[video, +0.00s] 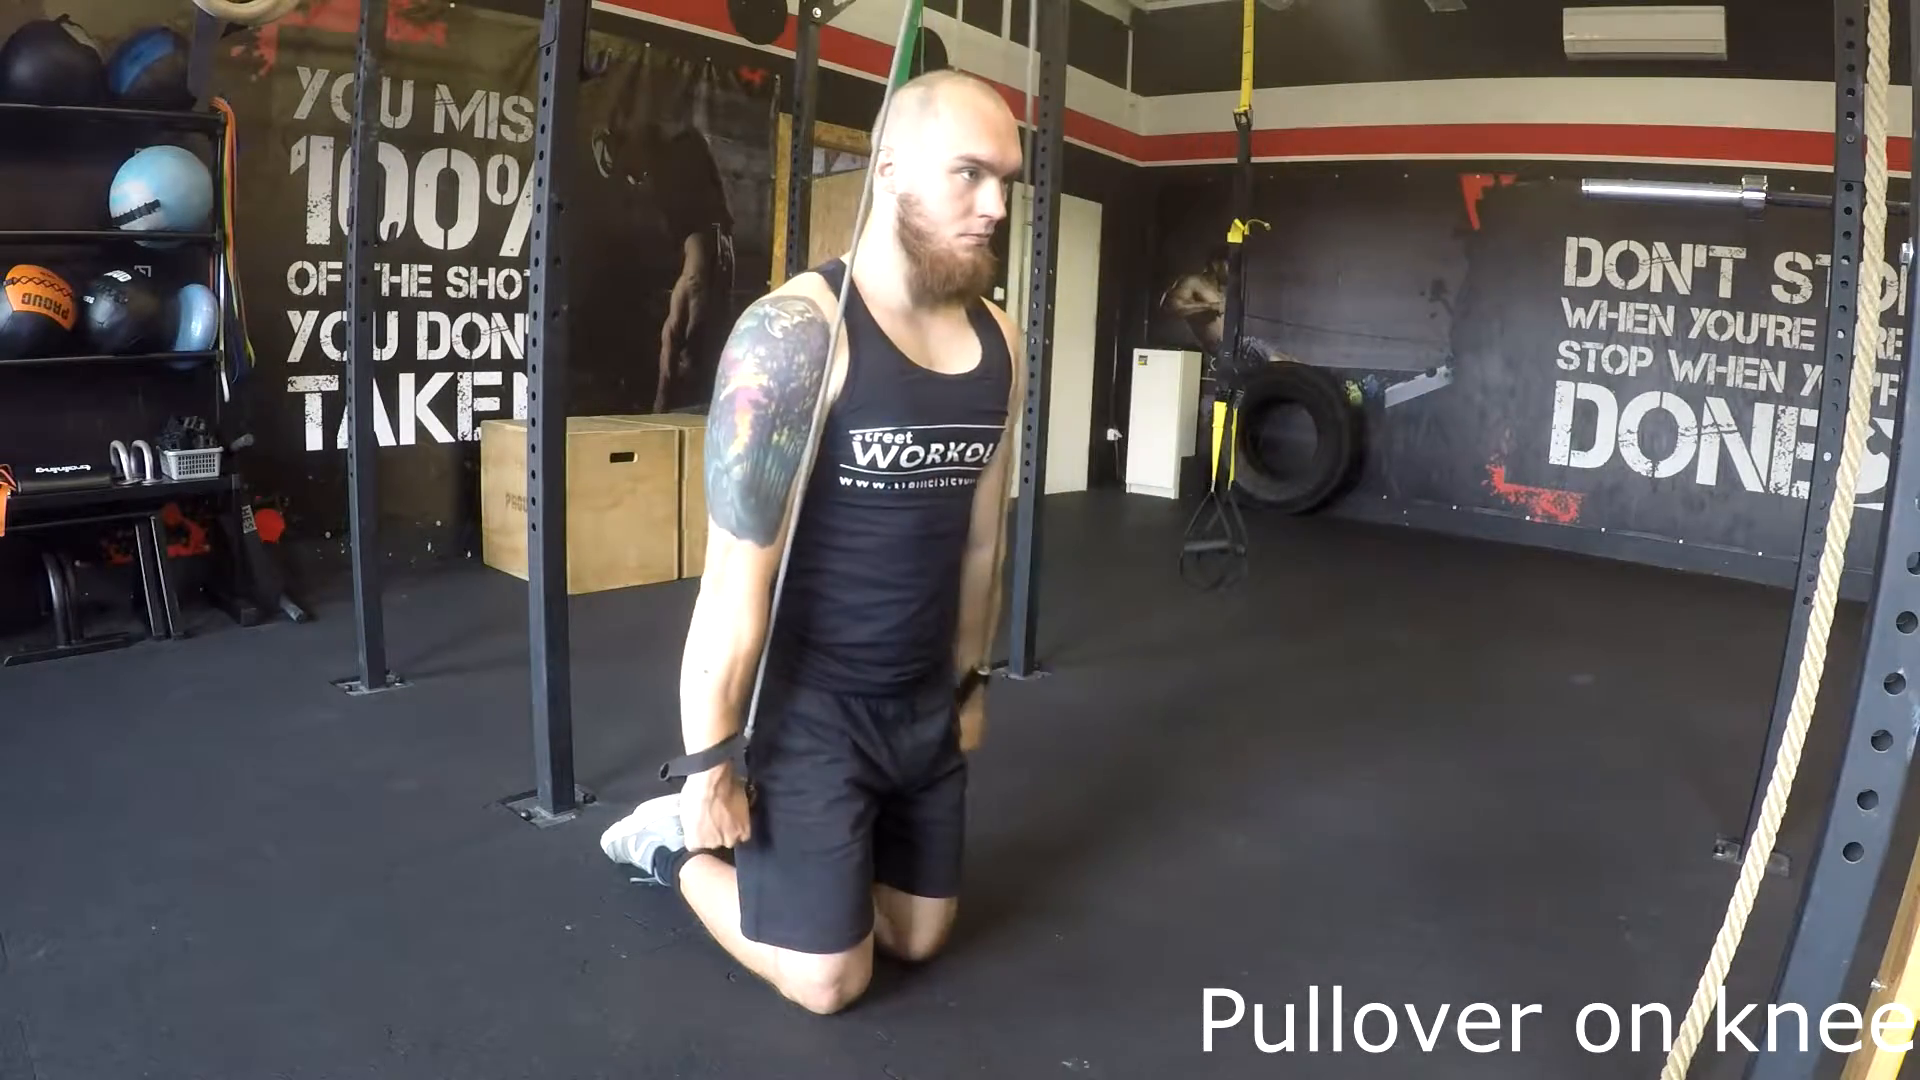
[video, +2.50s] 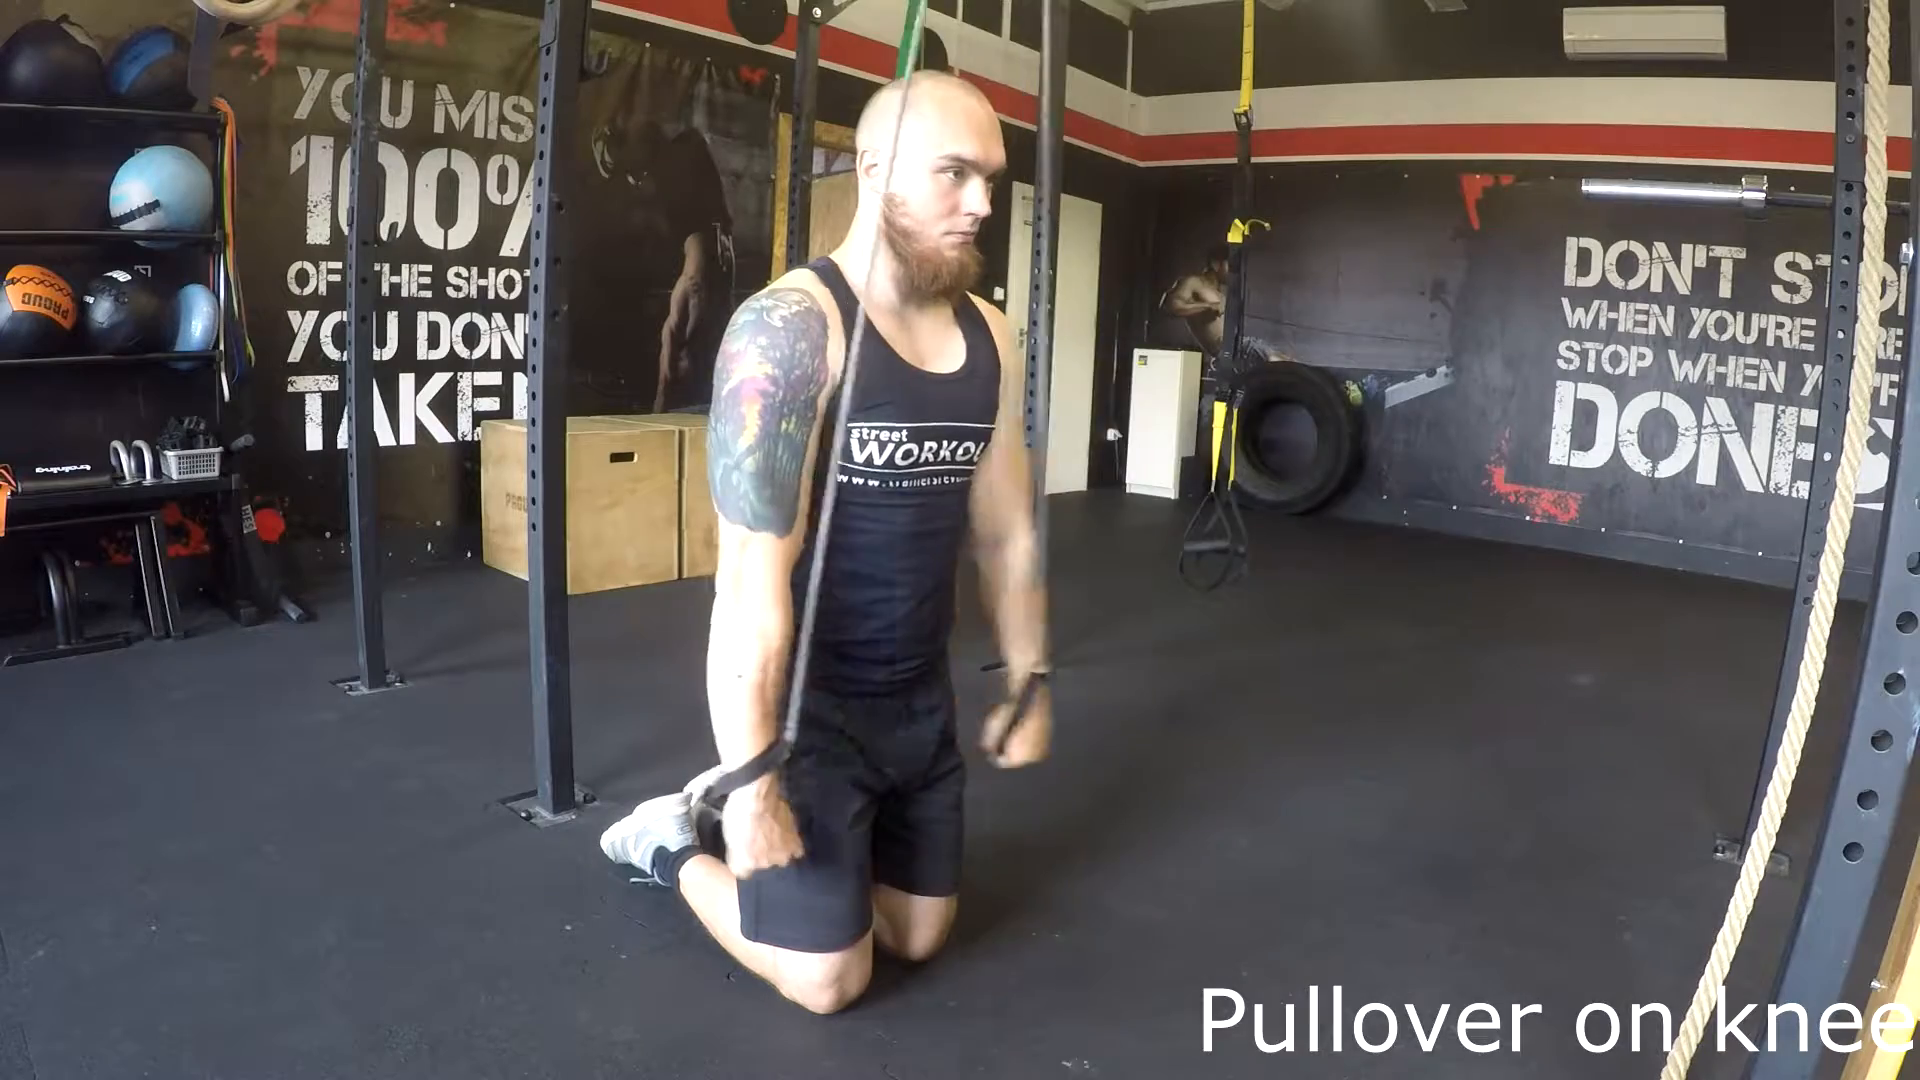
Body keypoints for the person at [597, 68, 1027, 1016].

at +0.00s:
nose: (996, 206)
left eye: (1007, 181)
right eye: (971, 175)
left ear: (1012, 190)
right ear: (891, 174)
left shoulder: (996, 340)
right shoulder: (793, 335)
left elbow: (982, 538)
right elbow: (739, 575)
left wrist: (967, 683)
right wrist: (712, 766)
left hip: (926, 698)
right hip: (805, 704)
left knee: (916, 934)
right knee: (826, 981)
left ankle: (767, 829)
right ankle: (682, 840)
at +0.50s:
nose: (990, 201)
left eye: (1002, 176)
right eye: (964, 169)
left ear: (1007, 186)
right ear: (886, 173)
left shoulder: (996, 337)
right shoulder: (796, 333)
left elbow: (1037, 530)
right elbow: (782, 583)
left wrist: (1084, 679)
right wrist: (801, 793)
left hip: (920, 693)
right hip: (810, 694)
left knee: (916, 932)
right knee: (825, 981)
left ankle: (731, 808)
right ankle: (673, 854)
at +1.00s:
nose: (968, 205)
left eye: (981, 182)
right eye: (944, 174)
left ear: (987, 186)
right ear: (864, 166)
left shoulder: (981, 311)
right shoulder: (784, 305)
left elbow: (1121, 379)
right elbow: (934, 395)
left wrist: (1281, 456)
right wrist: (1128, 449)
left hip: (917, 685)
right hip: (799, 686)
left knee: (916, 932)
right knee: (824, 979)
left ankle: (745, 809)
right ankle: (676, 854)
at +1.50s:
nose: (965, 211)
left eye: (980, 187)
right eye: (941, 180)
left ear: (987, 191)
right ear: (862, 173)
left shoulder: (977, 311)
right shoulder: (782, 303)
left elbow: (1111, 373)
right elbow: (939, 396)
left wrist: (1263, 437)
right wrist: (1138, 446)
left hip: (913, 685)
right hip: (795, 686)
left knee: (916, 932)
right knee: (822, 980)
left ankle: (746, 806)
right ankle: (677, 855)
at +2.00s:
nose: (981, 203)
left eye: (991, 178)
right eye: (953, 171)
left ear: (998, 184)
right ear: (874, 169)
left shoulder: (992, 339)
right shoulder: (788, 333)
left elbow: (1003, 531)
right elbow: (752, 576)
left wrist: (1015, 679)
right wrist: (743, 780)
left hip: (919, 698)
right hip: (801, 707)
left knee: (914, 933)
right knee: (826, 980)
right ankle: (678, 846)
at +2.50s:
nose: (982, 204)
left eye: (992, 180)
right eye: (956, 174)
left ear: (996, 188)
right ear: (877, 175)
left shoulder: (989, 333)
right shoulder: (787, 331)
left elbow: (1007, 528)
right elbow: (754, 570)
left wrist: (1028, 675)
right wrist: (752, 774)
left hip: (918, 697)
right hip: (803, 705)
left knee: (915, 932)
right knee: (826, 980)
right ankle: (680, 848)